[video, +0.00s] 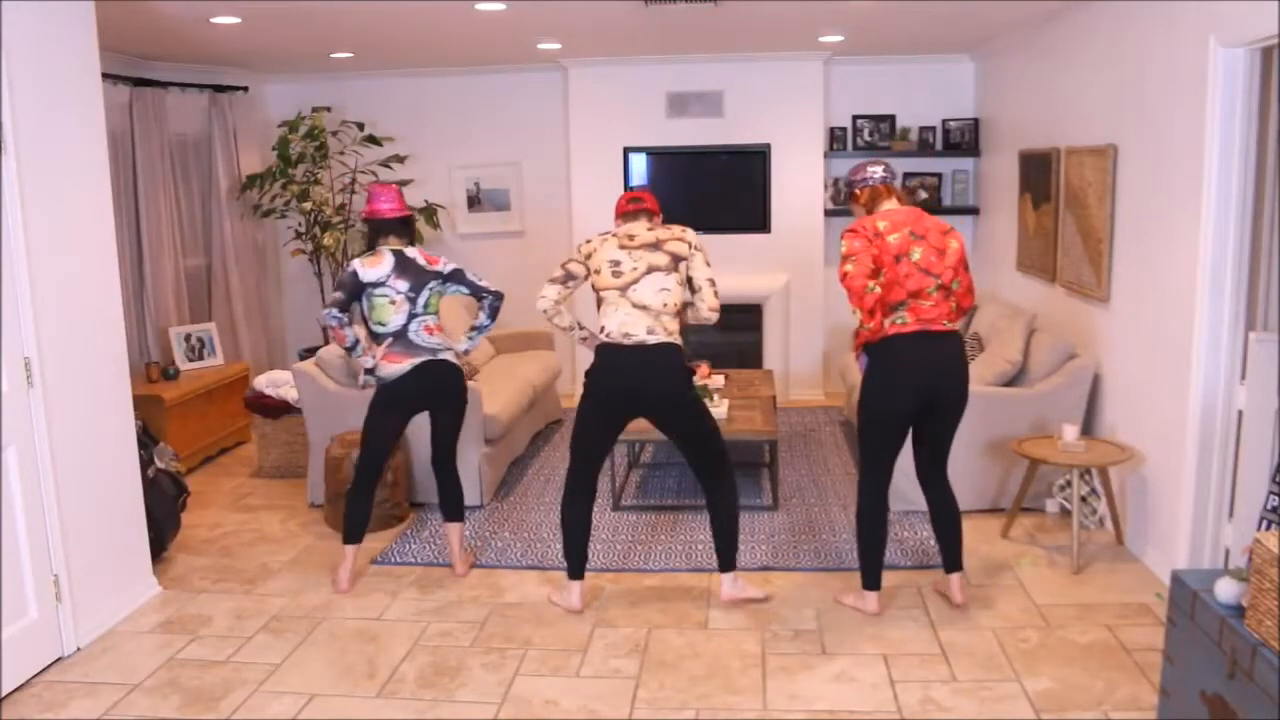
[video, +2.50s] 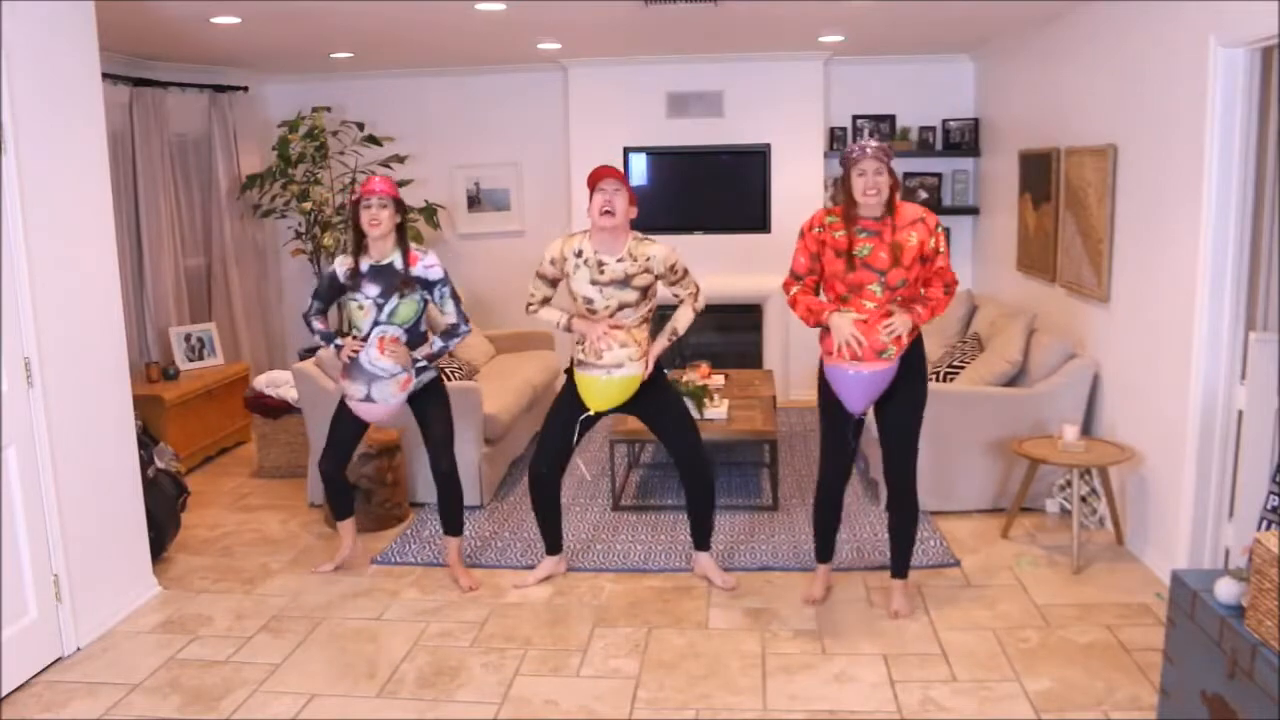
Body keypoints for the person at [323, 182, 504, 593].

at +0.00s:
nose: (377, 235)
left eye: (371, 228)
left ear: (371, 229)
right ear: (410, 225)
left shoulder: (362, 269)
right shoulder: (436, 262)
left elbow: (332, 316)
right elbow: (491, 296)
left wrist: (362, 352)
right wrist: (467, 346)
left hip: (397, 384)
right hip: (448, 378)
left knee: (367, 470)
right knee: (445, 462)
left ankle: (346, 569)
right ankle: (459, 556)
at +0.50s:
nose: (369, 227)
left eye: (371, 221)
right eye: (374, 221)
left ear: (376, 225)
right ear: (413, 225)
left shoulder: (374, 270)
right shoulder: (430, 265)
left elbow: (382, 335)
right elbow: (488, 299)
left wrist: (377, 370)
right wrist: (465, 344)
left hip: (426, 388)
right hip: (461, 377)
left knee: (380, 475)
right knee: (441, 462)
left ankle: (408, 581)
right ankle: (458, 556)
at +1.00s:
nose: (320, 224)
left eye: (326, 217)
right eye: (323, 216)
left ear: (346, 226)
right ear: (355, 226)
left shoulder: (360, 276)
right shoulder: (381, 260)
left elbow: (385, 345)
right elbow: (422, 289)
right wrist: (409, 336)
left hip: (412, 392)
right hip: (429, 377)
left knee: (367, 485)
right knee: (394, 457)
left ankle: (408, 583)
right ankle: (442, 534)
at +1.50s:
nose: (307, 227)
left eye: (317, 223)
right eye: (312, 220)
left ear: (338, 237)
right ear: (336, 237)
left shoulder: (352, 286)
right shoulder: (340, 277)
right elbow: (350, 339)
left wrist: (392, 373)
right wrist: (315, 368)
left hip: (400, 393)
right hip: (378, 389)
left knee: (359, 484)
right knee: (344, 463)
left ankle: (410, 582)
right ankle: (358, 545)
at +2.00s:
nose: (316, 233)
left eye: (326, 227)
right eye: (312, 225)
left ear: (346, 237)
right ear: (306, 232)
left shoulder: (364, 280)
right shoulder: (307, 279)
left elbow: (422, 323)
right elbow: (298, 325)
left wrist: (381, 362)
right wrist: (304, 358)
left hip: (390, 384)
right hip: (344, 388)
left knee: (392, 470)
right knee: (320, 467)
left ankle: (436, 556)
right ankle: (355, 551)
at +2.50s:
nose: (374, 214)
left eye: (382, 206)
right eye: (367, 207)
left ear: (398, 214)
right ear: (357, 216)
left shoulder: (423, 265)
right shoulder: (344, 269)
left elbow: (459, 325)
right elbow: (314, 313)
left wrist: (417, 355)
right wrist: (336, 344)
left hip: (419, 376)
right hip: (365, 381)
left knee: (443, 461)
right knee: (331, 464)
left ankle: (455, 557)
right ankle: (350, 545)